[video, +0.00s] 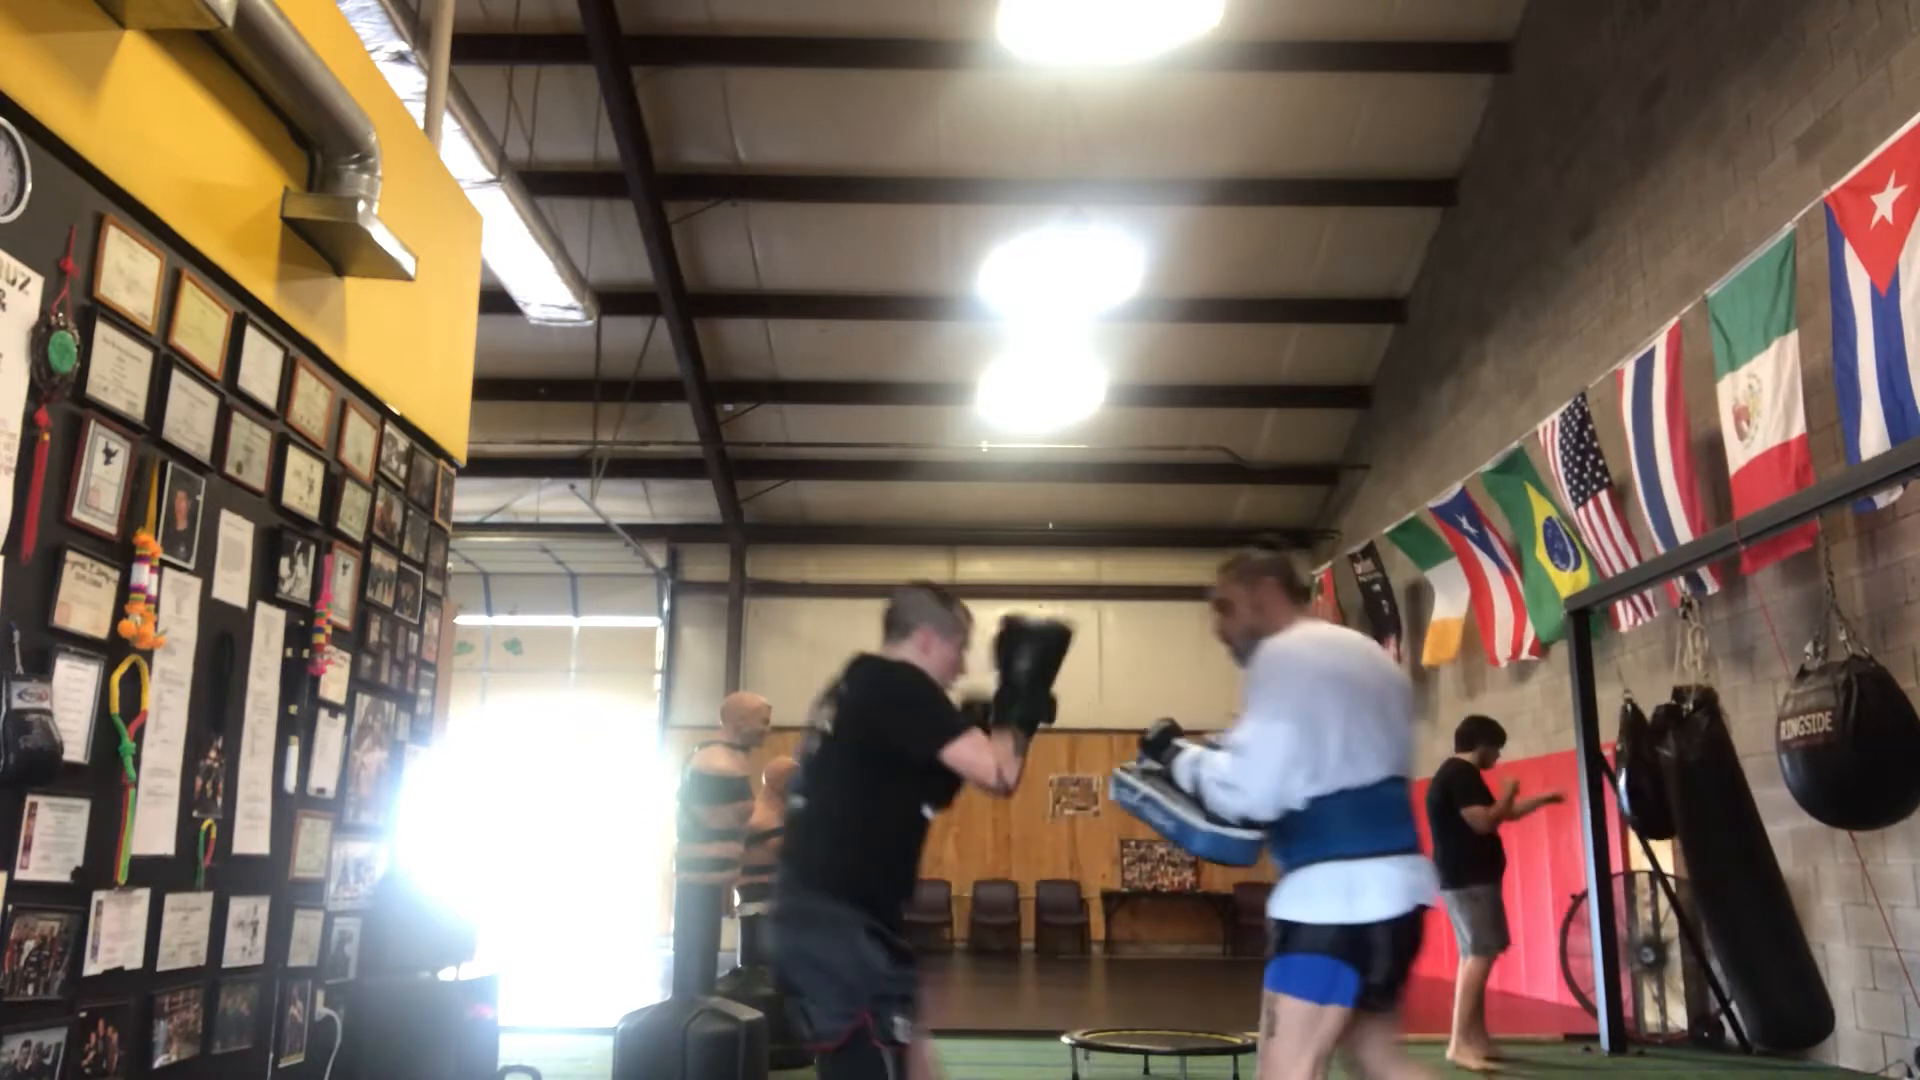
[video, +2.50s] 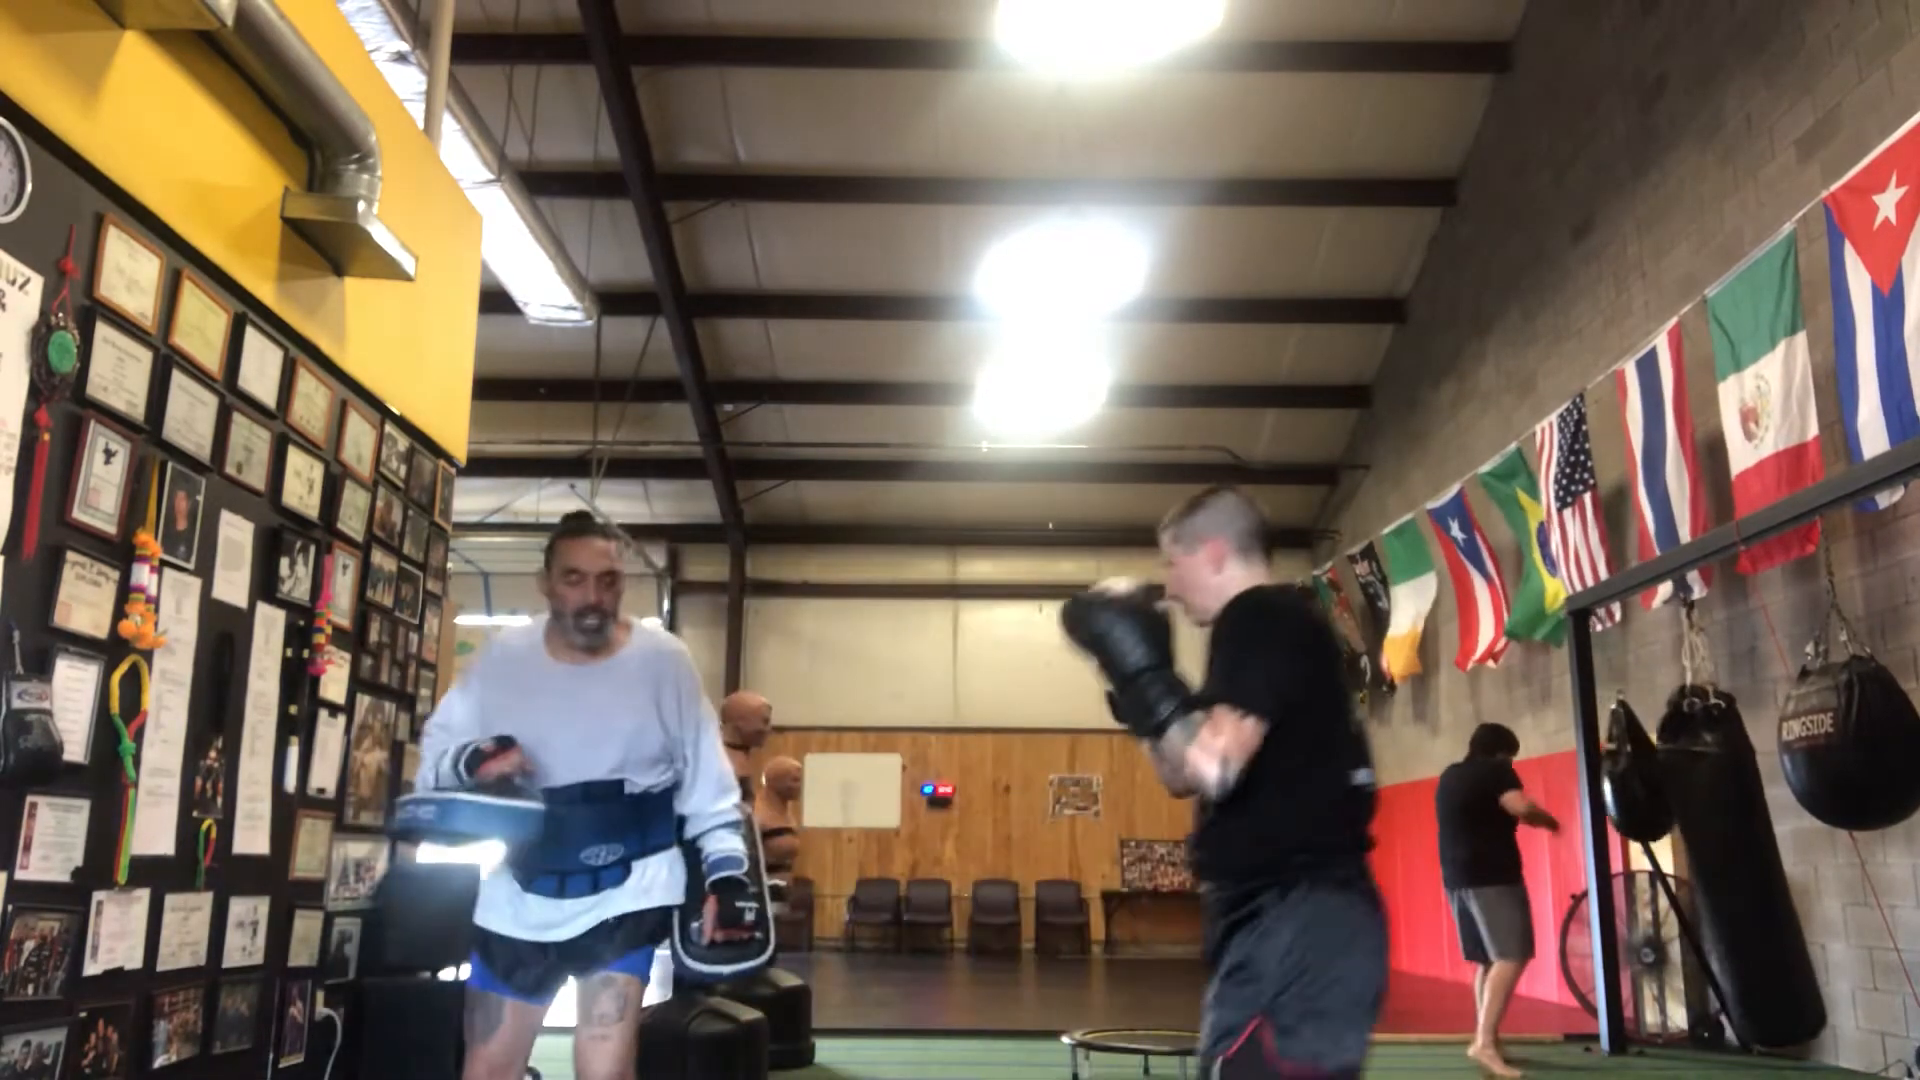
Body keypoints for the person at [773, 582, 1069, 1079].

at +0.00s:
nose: (962, 663)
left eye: (964, 650)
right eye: (959, 647)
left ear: (911, 636)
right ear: (926, 638)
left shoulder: (858, 683)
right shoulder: (897, 687)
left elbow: (934, 789)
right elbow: (1001, 773)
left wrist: (980, 724)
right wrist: (1019, 699)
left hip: (814, 921)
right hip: (845, 929)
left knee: (856, 1066)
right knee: (879, 1065)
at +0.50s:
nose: (866, 638)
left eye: (875, 623)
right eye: (872, 619)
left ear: (805, 589)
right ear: (851, 597)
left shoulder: (758, 645)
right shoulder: (796, 654)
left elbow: (816, 717)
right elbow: (887, 762)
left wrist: (881, 654)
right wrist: (941, 709)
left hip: (720, 896)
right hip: (752, 905)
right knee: (798, 1066)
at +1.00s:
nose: (834, 630)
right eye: (837, 619)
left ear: (761, 609)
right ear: (830, 618)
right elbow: (896, 628)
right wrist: (890, 594)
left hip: (677, 951)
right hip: (782, 952)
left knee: (643, 1066)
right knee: (860, 1065)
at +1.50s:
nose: (876, 572)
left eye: (877, 556)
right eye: (875, 558)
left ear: (897, 553)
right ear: (954, 548)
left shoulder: (915, 621)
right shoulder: (991, 629)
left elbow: (819, 735)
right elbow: (932, 732)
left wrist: (785, 658)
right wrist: (868, 632)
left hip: (909, 901)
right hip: (980, 897)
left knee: (874, 1060)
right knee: (939, 1063)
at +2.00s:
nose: (986, 525)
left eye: (992, 505)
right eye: (988, 509)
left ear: (1023, 502)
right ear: (1081, 504)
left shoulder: (1029, 572)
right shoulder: (1127, 589)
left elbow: (893, 679)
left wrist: (892, 576)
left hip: (1055, 905)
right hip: (1130, 897)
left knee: (1027, 1067)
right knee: (1091, 1066)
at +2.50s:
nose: (1168, 582)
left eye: (1172, 562)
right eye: (1167, 566)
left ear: (1214, 553)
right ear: (1220, 553)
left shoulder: (1266, 617)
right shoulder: (1256, 626)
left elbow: (1209, 764)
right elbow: (1179, 773)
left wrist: (1144, 669)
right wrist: (1133, 669)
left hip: (1300, 925)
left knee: (1248, 1064)